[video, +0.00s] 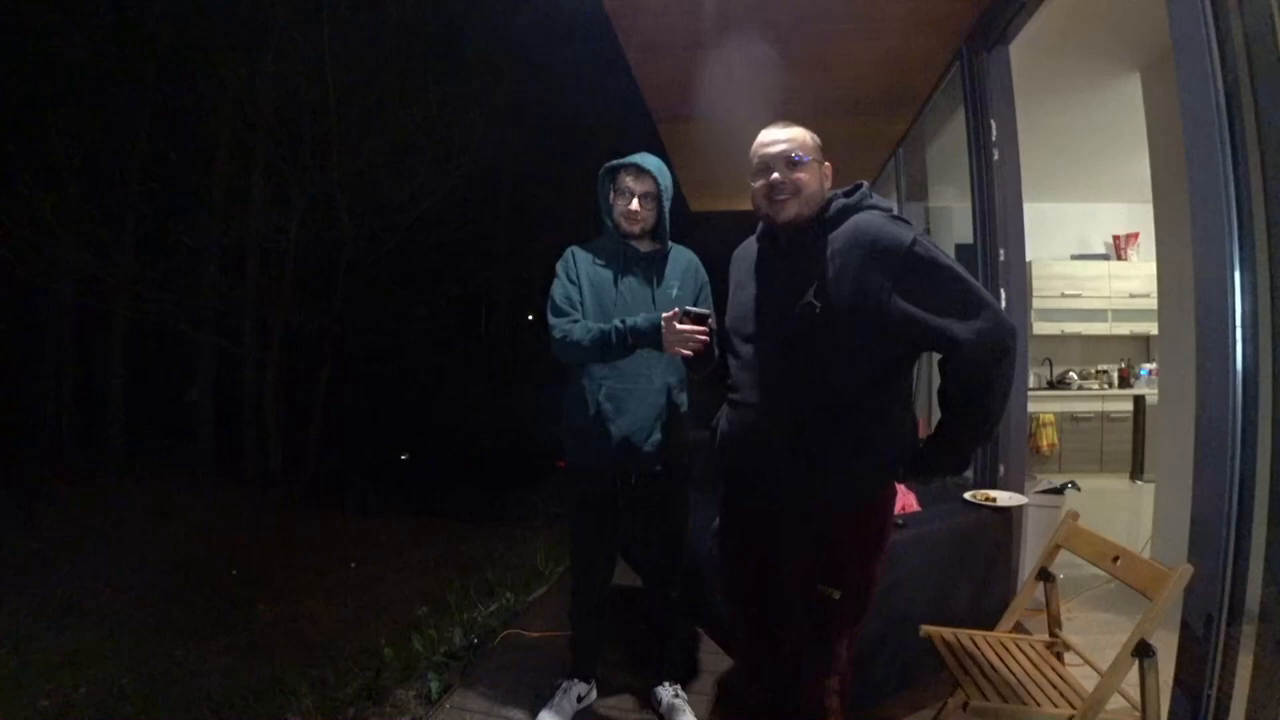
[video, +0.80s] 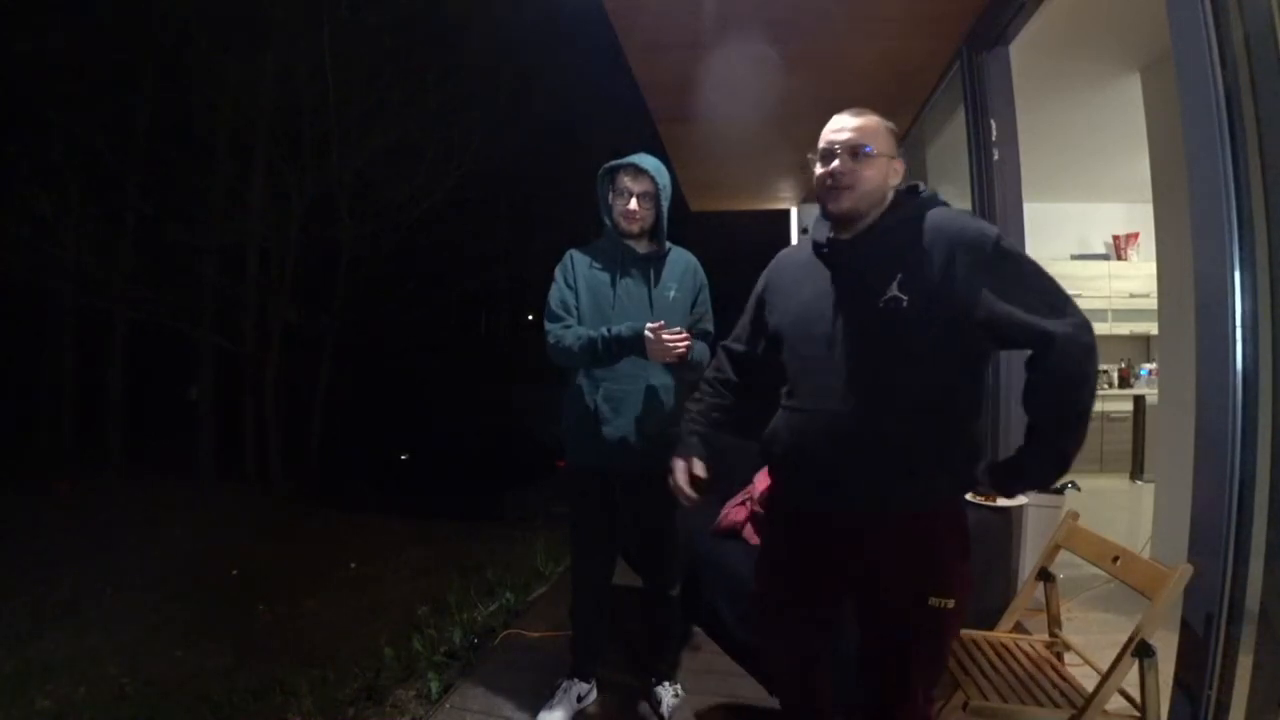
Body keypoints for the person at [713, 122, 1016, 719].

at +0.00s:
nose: (777, 178)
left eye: (793, 163)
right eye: (762, 169)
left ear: (826, 175)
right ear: (751, 188)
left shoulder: (870, 239)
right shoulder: (743, 259)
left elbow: (985, 335)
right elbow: (724, 355)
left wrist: (940, 454)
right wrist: (728, 420)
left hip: (847, 481)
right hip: (754, 478)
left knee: (821, 648)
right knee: (755, 638)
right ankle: (757, 706)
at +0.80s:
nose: (834, 167)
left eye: (857, 153)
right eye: (823, 156)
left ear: (897, 170)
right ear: (813, 172)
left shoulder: (951, 244)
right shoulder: (788, 268)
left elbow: (1066, 337)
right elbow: (736, 368)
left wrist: (1029, 467)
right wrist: (693, 438)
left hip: (915, 520)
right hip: (803, 517)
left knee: (898, 695)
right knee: (803, 687)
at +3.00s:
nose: (921, 140)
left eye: (949, 125)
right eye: (911, 131)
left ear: (1001, 145)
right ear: (902, 154)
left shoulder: (1062, 246)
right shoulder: (855, 245)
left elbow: (1129, 425)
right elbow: (751, 292)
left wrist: (1099, 585)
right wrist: (642, 263)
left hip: (971, 556)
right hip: (838, 542)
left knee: (937, 708)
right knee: (795, 699)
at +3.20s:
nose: (921, 141)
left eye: (949, 126)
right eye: (912, 132)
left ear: (1002, 144)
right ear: (902, 154)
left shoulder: (1064, 247)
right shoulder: (856, 244)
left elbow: (1130, 426)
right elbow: (751, 292)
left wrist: (1100, 583)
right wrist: (642, 263)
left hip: (972, 556)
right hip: (839, 541)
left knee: (936, 707)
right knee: (794, 699)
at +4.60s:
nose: (917, 144)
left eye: (943, 126)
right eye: (909, 134)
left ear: (1001, 137)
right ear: (900, 152)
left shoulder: (1072, 250)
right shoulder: (860, 245)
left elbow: (1137, 433)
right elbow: (762, 288)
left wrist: (1105, 592)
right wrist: (650, 258)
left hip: (974, 562)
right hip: (840, 544)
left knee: (938, 708)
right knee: (799, 701)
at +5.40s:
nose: (924, 142)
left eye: (950, 124)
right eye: (915, 130)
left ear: (1007, 133)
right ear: (906, 147)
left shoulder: (1077, 250)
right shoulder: (859, 238)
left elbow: (1137, 433)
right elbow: (754, 282)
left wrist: (1106, 591)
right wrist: (642, 254)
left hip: (979, 561)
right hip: (843, 544)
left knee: (938, 708)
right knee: (804, 704)